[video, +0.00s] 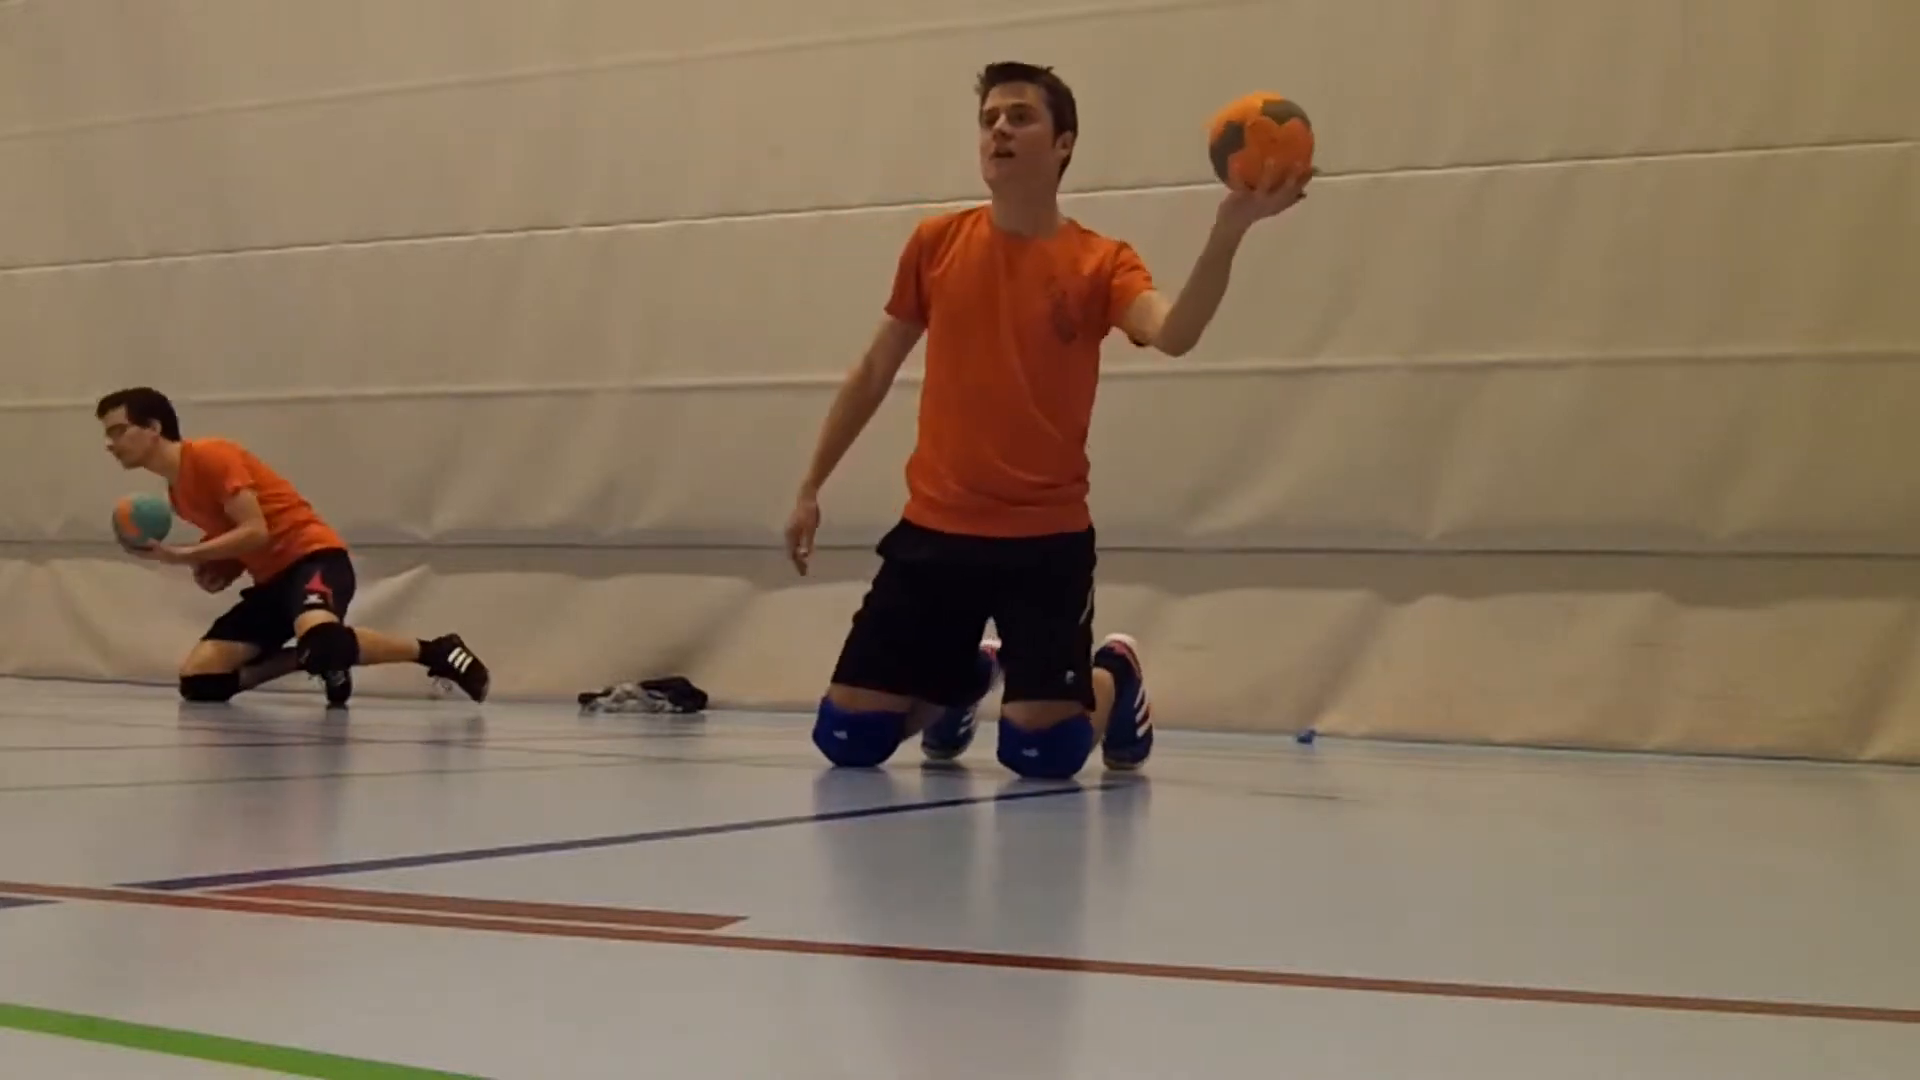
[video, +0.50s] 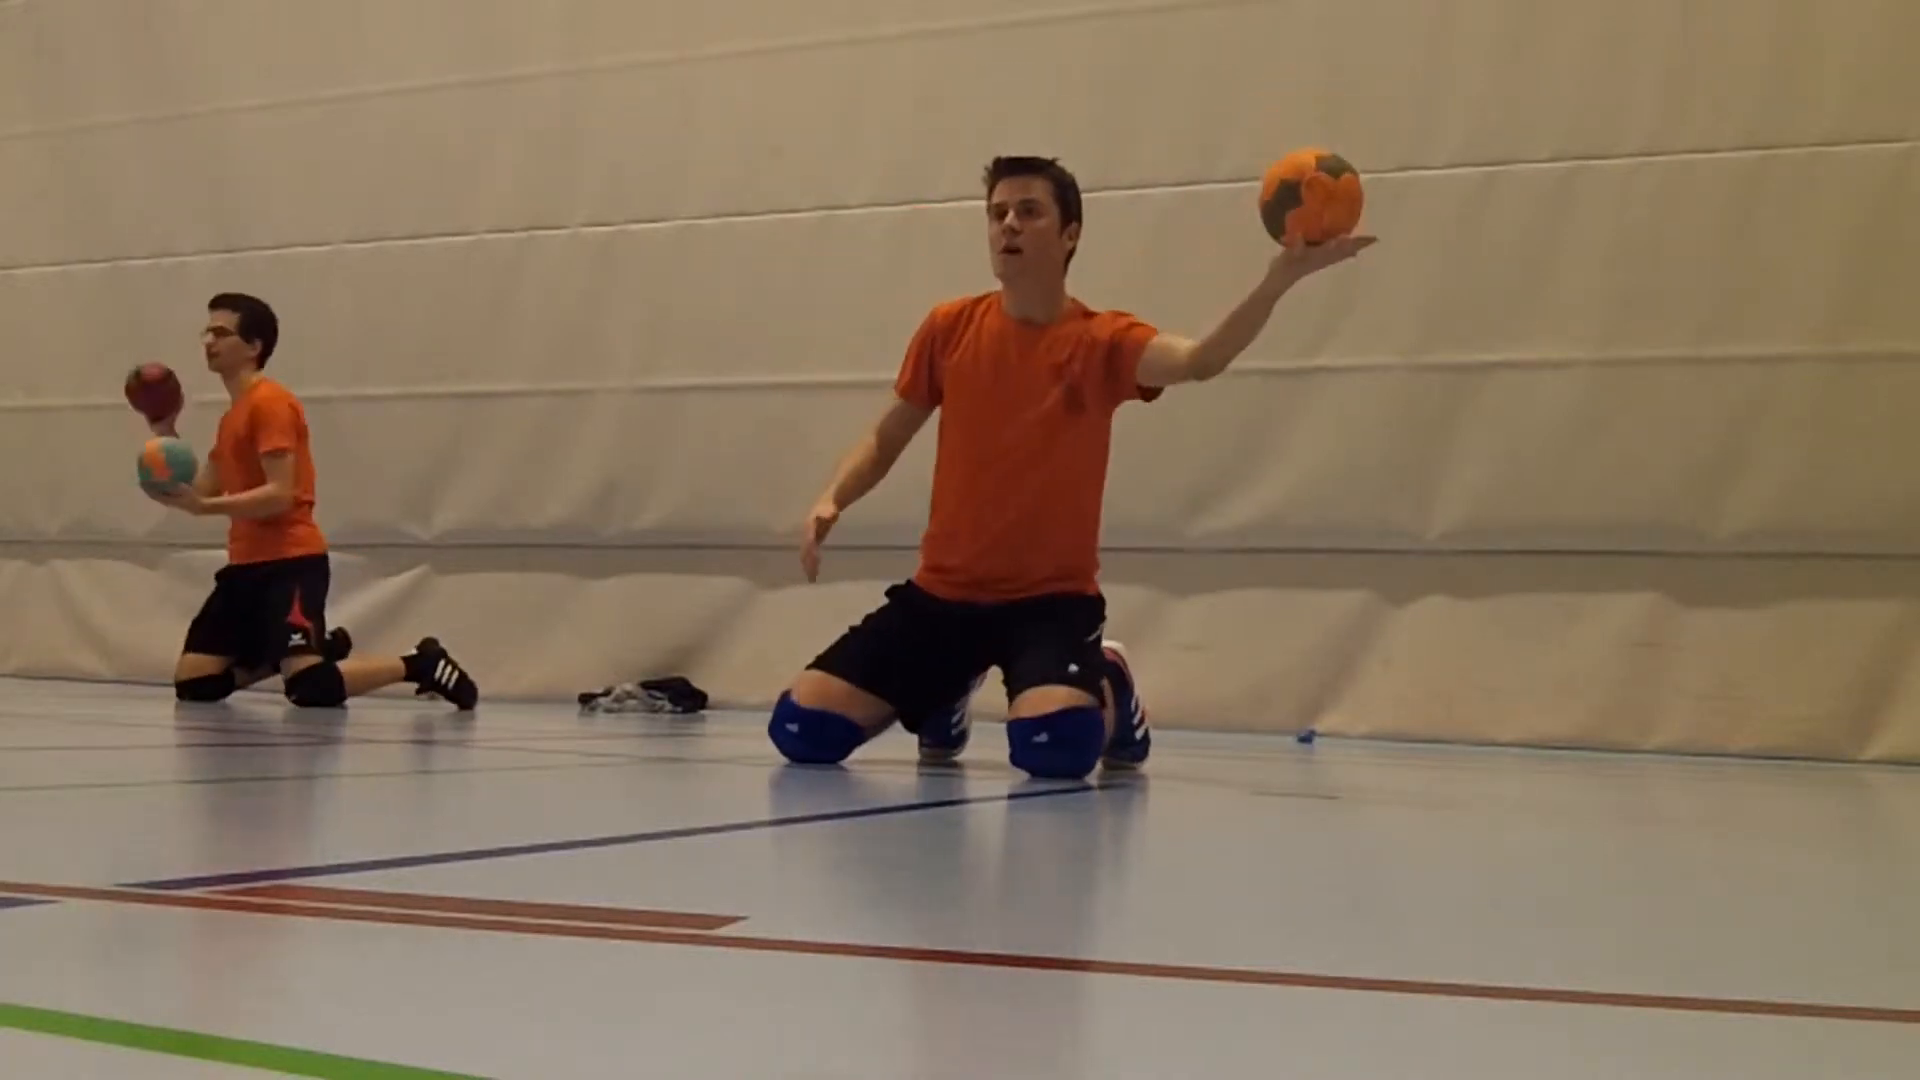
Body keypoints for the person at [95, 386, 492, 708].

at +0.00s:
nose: (110, 445)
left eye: (116, 432)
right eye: (107, 435)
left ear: (151, 428)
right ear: (140, 436)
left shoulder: (211, 456)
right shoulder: (181, 489)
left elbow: (254, 533)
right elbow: (244, 543)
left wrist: (178, 553)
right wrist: (222, 566)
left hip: (317, 561)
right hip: (276, 585)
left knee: (319, 641)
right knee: (200, 680)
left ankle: (436, 653)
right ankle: (315, 657)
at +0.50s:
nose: (207, 342)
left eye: (220, 333)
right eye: (207, 333)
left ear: (254, 346)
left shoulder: (270, 401)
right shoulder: (233, 417)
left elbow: (281, 494)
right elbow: (204, 491)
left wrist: (203, 506)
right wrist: (166, 437)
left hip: (292, 564)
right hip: (244, 570)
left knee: (309, 687)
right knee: (196, 686)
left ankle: (421, 666)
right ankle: (314, 651)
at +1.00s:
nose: (268, 335)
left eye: (280, 326)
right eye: (266, 325)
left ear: (314, 338)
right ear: (261, 330)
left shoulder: (338, 406)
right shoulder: (250, 405)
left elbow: (373, 480)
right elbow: (192, 475)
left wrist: (394, 462)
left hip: (314, 569)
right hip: (254, 569)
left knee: (317, 691)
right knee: (201, 686)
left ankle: (394, 655)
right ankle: (306, 654)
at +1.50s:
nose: (270, 346)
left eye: (281, 337)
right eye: (268, 336)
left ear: (317, 346)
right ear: (267, 341)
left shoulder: (345, 414)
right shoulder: (259, 410)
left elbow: (393, 486)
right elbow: (250, 500)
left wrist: (465, 480)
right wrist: (217, 576)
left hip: (319, 574)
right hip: (259, 573)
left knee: (315, 691)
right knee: (197, 685)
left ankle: (371, 654)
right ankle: (306, 657)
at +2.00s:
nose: (250, 359)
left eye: (262, 348)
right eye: (248, 349)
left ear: (299, 356)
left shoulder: (336, 420)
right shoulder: (254, 425)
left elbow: (368, 498)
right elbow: (248, 520)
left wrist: (416, 520)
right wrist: (199, 589)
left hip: (323, 579)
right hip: (266, 582)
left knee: (315, 691)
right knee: (195, 684)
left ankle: (375, 653)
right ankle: (299, 655)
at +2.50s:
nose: (246, 377)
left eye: (255, 367)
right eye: (247, 367)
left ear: (289, 371)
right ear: (276, 372)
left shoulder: (329, 428)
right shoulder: (258, 437)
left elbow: (346, 515)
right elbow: (226, 508)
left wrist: (355, 512)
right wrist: (144, 492)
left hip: (325, 585)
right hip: (270, 590)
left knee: (328, 685)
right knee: (188, 683)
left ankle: (386, 649)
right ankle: (298, 657)